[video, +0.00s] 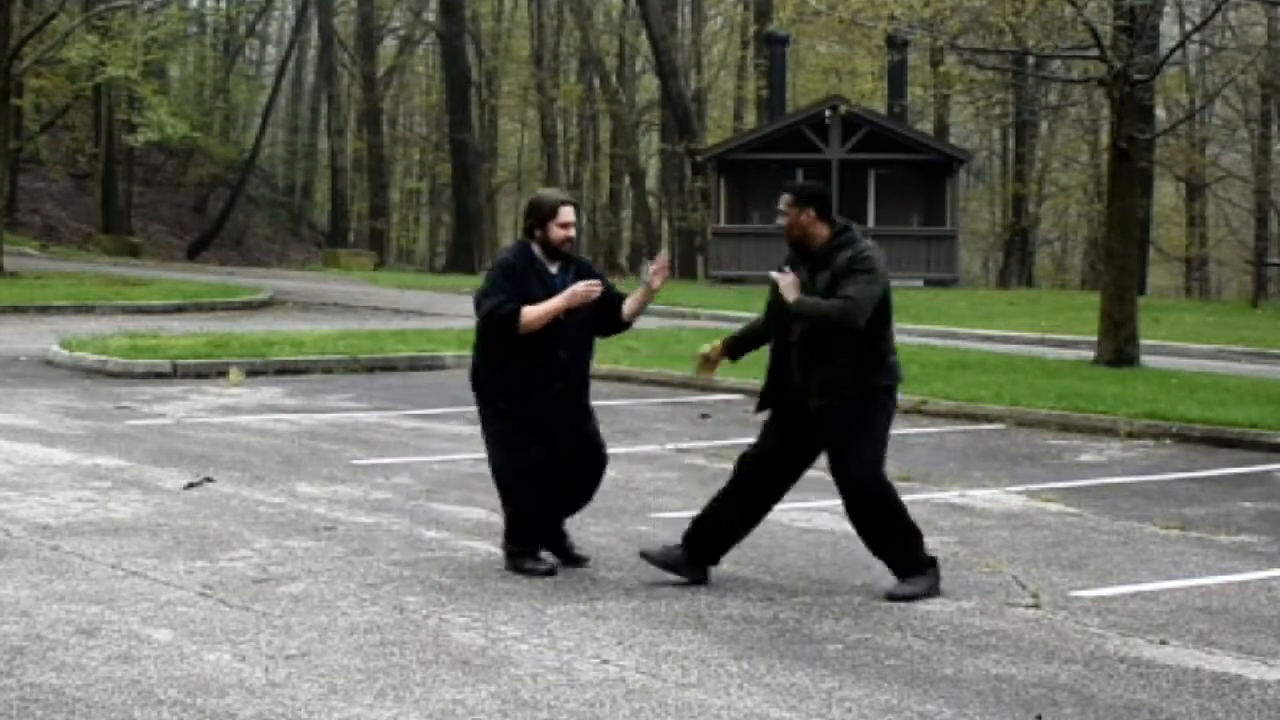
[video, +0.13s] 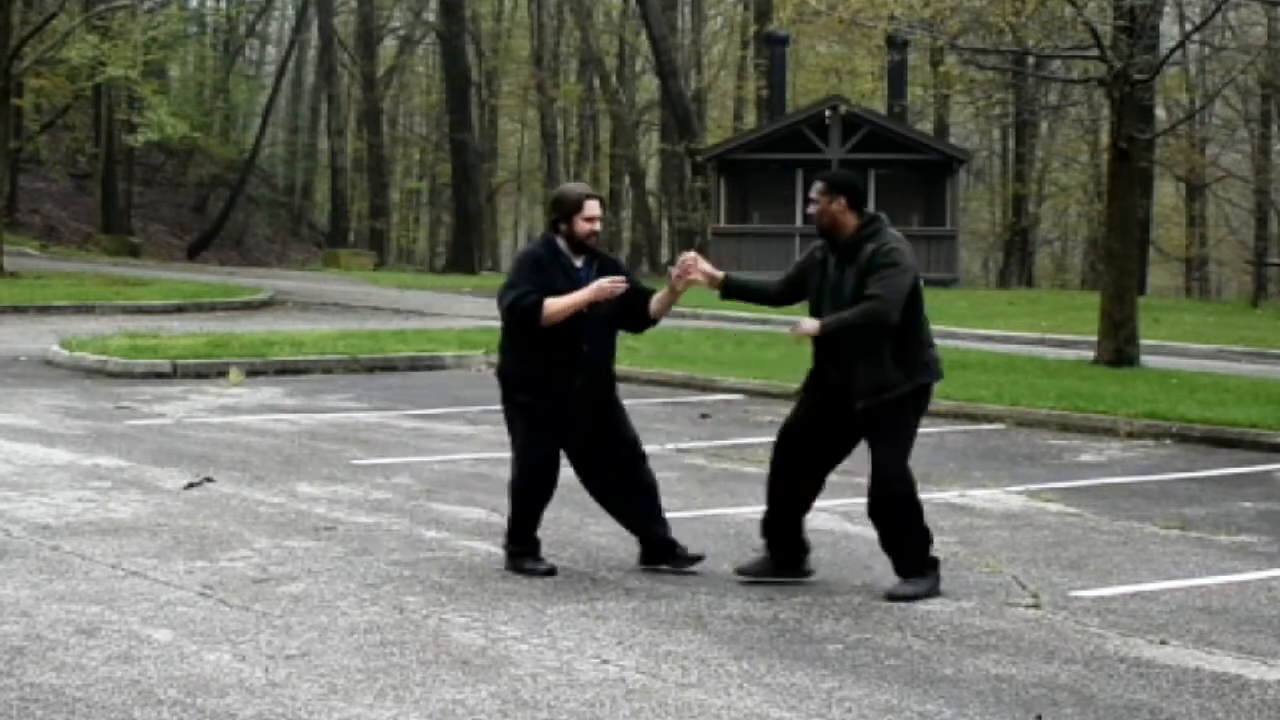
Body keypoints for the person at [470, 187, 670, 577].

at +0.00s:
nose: (571, 233)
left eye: (574, 226)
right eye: (563, 226)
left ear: (575, 227)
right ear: (538, 228)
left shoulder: (578, 271)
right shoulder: (510, 267)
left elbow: (613, 318)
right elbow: (501, 324)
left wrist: (648, 290)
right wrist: (565, 300)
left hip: (563, 392)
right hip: (512, 394)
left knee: (587, 459)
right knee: (524, 468)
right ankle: (520, 549)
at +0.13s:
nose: (596, 227)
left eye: (599, 219)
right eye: (588, 220)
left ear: (600, 221)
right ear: (563, 221)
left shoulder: (605, 268)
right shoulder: (534, 261)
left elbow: (639, 316)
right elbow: (522, 315)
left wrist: (673, 289)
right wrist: (589, 294)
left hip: (590, 390)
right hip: (535, 392)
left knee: (626, 463)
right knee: (536, 470)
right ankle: (521, 550)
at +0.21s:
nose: (612, 224)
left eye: (615, 216)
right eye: (605, 216)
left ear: (615, 219)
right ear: (580, 218)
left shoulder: (618, 264)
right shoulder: (550, 259)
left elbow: (658, 309)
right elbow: (539, 310)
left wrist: (694, 281)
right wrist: (605, 288)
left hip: (610, 392)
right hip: (554, 392)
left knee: (645, 467)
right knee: (547, 471)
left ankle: (681, 545)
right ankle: (521, 549)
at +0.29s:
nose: (631, 222)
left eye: (633, 215)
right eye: (623, 215)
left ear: (633, 218)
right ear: (598, 217)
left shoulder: (638, 260)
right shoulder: (570, 256)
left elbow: (670, 299)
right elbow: (558, 307)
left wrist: (708, 288)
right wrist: (623, 281)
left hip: (632, 391)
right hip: (579, 392)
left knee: (661, 471)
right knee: (560, 473)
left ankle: (683, 551)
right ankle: (523, 548)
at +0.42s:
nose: (655, 222)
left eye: (657, 215)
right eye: (646, 216)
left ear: (658, 217)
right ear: (622, 218)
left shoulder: (664, 260)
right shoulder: (597, 259)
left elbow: (711, 289)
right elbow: (594, 309)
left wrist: (753, 309)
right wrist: (653, 276)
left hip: (662, 391)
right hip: (609, 392)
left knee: (676, 474)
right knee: (580, 469)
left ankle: (685, 554)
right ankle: (534, 545)